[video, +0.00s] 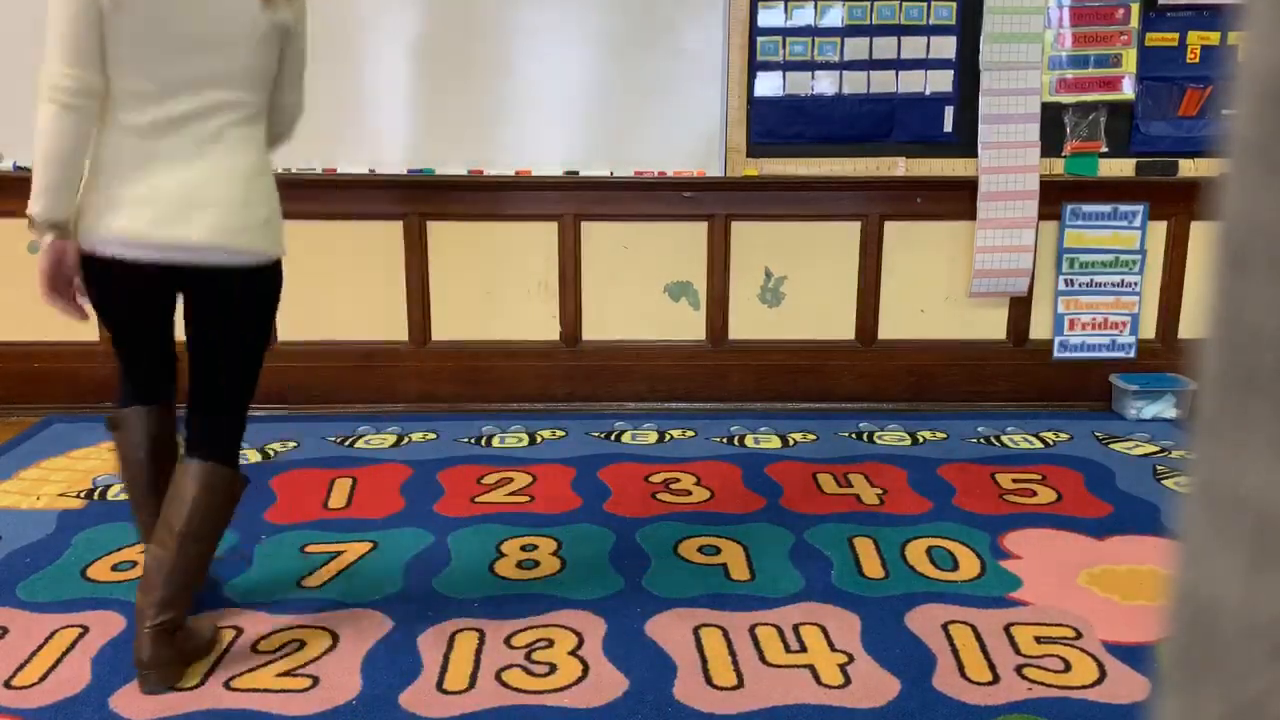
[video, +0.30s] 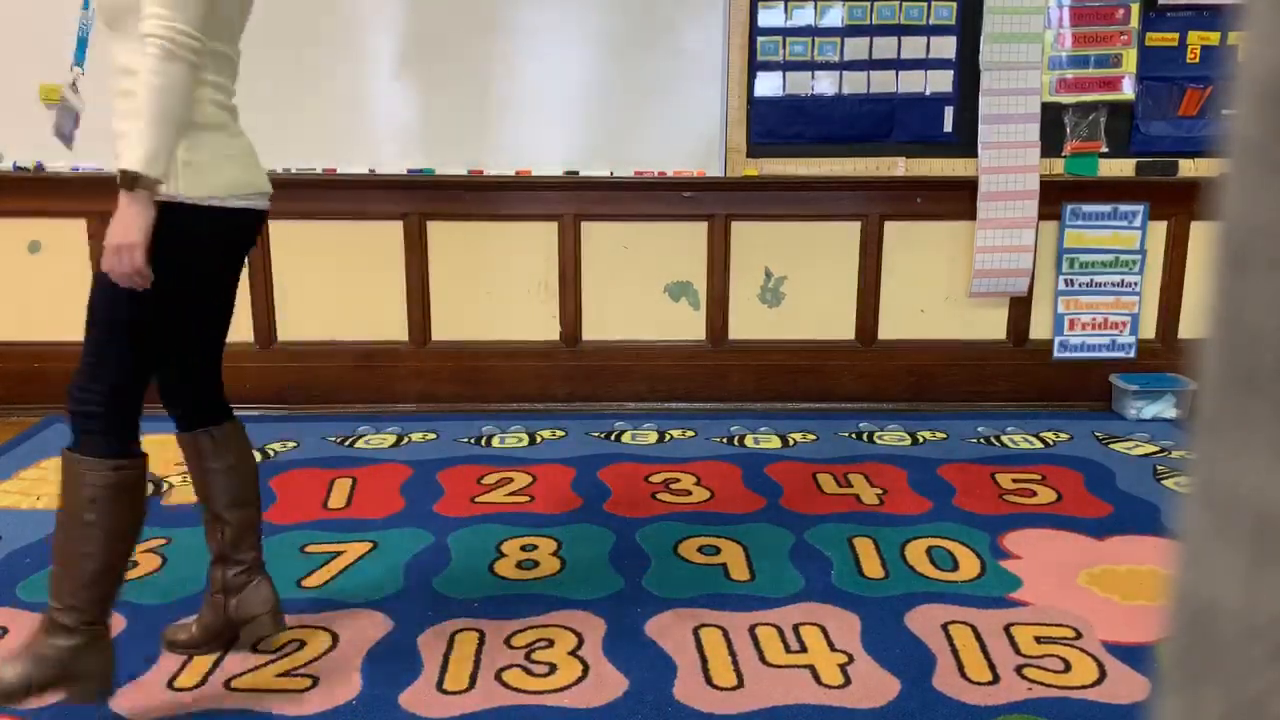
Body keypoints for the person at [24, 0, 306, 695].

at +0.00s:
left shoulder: (92, 1)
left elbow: (73, 88)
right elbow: (284, 107)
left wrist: (55, 224)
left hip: (123, 226)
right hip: (239, 232)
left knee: (141, 389)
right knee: (214, 433)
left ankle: (168, 571)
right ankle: (160, 635)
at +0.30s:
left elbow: (169, 41)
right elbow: (193, 53)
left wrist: (135, 195)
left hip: (173, 192)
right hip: (221, 191)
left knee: (101, 407)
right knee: (195, 390)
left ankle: (74, 634)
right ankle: (241, 586)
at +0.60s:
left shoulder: (208, 5)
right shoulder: (144, 8)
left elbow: (226, 109)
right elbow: (174, 91)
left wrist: (222, 259)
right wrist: (113, 66)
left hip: (223, 245)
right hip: (176, 243)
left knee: (154, 452)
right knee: (132, 438)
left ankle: (295, 633)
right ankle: (253, 602)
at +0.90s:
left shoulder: (82, 7)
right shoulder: (251, 0)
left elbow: (84, 120)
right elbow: (312, 71)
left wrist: (86, 258)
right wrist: (346, 198)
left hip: (216, 245)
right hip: (298, 227)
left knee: (185, 454)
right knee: (236, 414)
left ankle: (301, 637)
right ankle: (260, 591)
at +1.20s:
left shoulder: (71, 5)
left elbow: (83, 81)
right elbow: (234, 47)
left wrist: (122, 195)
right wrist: (296, 196)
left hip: (144, 216)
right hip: (255, 202)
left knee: (211, 428)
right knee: (319, 418)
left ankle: (256, 656)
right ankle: (349, 637)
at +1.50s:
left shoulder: (104, 12)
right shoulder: (159, 5)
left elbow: (101, 117)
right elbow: (179, 108)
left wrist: (106, 270)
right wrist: (250, 279)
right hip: (175, 268)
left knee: (292, 453)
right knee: (267, 471)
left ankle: (210, 654)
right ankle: (151, 696)